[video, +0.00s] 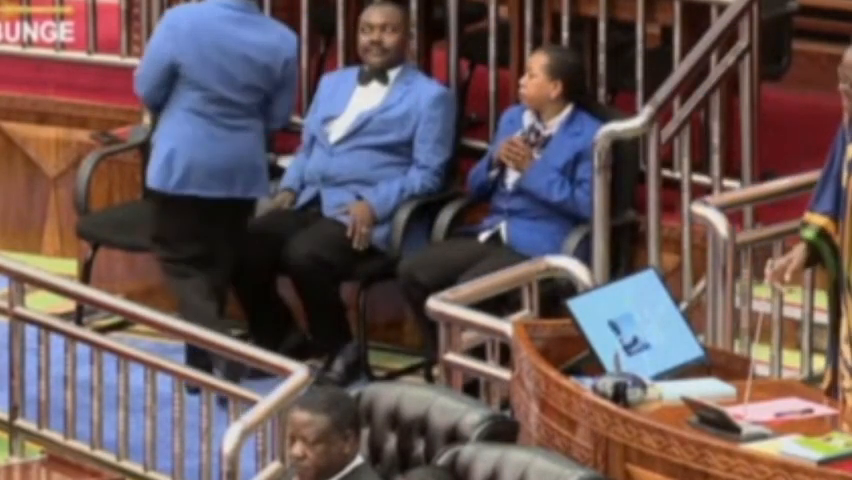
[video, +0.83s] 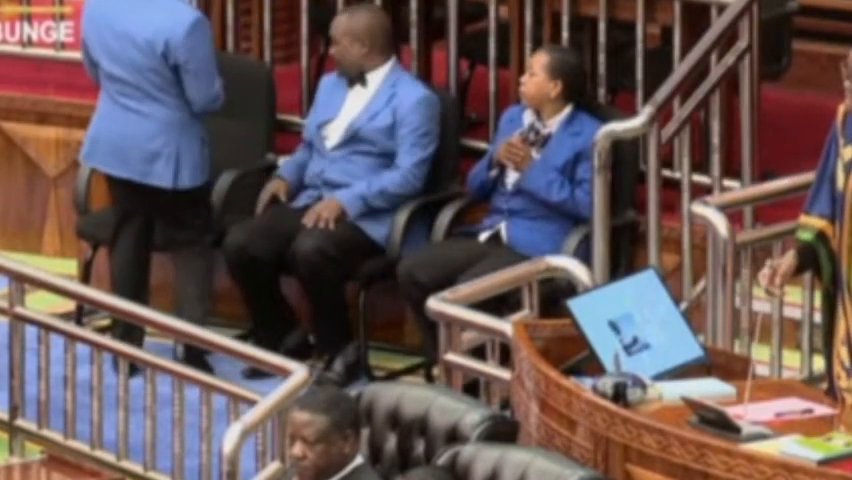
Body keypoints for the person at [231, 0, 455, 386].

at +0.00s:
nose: (376, 38)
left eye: (388, 30)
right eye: (368, 29)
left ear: (406, 39)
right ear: (358, 36)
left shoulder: (430, 96)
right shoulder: (331, 84)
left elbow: (429, 174)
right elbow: (306, 151)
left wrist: (374, 205)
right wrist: (287, 191)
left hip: (368, 216)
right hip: (312, 206)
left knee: (307, 255)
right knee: (246, 245)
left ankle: (337, 350)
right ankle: (278, 340)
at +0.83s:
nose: (330, 51)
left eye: (336, 43)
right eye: (331, 42)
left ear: (365, 47)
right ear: (361, 46)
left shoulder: (414, 98)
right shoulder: (331, 84)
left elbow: (411, 176)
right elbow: (309, 148)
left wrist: (345, 201)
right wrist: (285, 178)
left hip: (371, 216)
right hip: (313, 203)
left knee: (310, 252)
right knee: (243, 245)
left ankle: (338, 350)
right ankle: (278, 334)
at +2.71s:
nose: (353, 44)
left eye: (363, 35)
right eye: (343, 34)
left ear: (378, 40)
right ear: (327, 39)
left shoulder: (403, 99)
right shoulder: (304, 87)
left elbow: (403, 178)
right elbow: (296, 144)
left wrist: (325, 178)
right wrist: (281, 148)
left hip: (366, 217)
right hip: (304, 210)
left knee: (314, 253)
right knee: (241, 248)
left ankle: (337, 354)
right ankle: (281, 342)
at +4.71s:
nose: (366, 53)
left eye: (373, 43)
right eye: (355, 45)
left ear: (384, 46)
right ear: (335, 50)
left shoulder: (408, 103)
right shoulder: (307, 90)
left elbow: (409, 182)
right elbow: (288, 147)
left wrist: (337, 183)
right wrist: (298, 170)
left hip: (366, 219)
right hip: (303, 210)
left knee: (317, 257)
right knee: (236, 249)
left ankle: (339, 357)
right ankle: (282, 345)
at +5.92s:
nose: (360, 52)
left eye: (367, 42)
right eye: (349, 44)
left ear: (377, 46)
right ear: (327, 50)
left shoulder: (402, 102)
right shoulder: (299, 91)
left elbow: (409, 181)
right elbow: (279, 151)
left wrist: (340, 182)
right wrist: (296, 175)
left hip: (361, 217)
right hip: (297, 211)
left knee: (320, 258)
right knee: (234, 249)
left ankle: (339, 358)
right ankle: (282, 343)